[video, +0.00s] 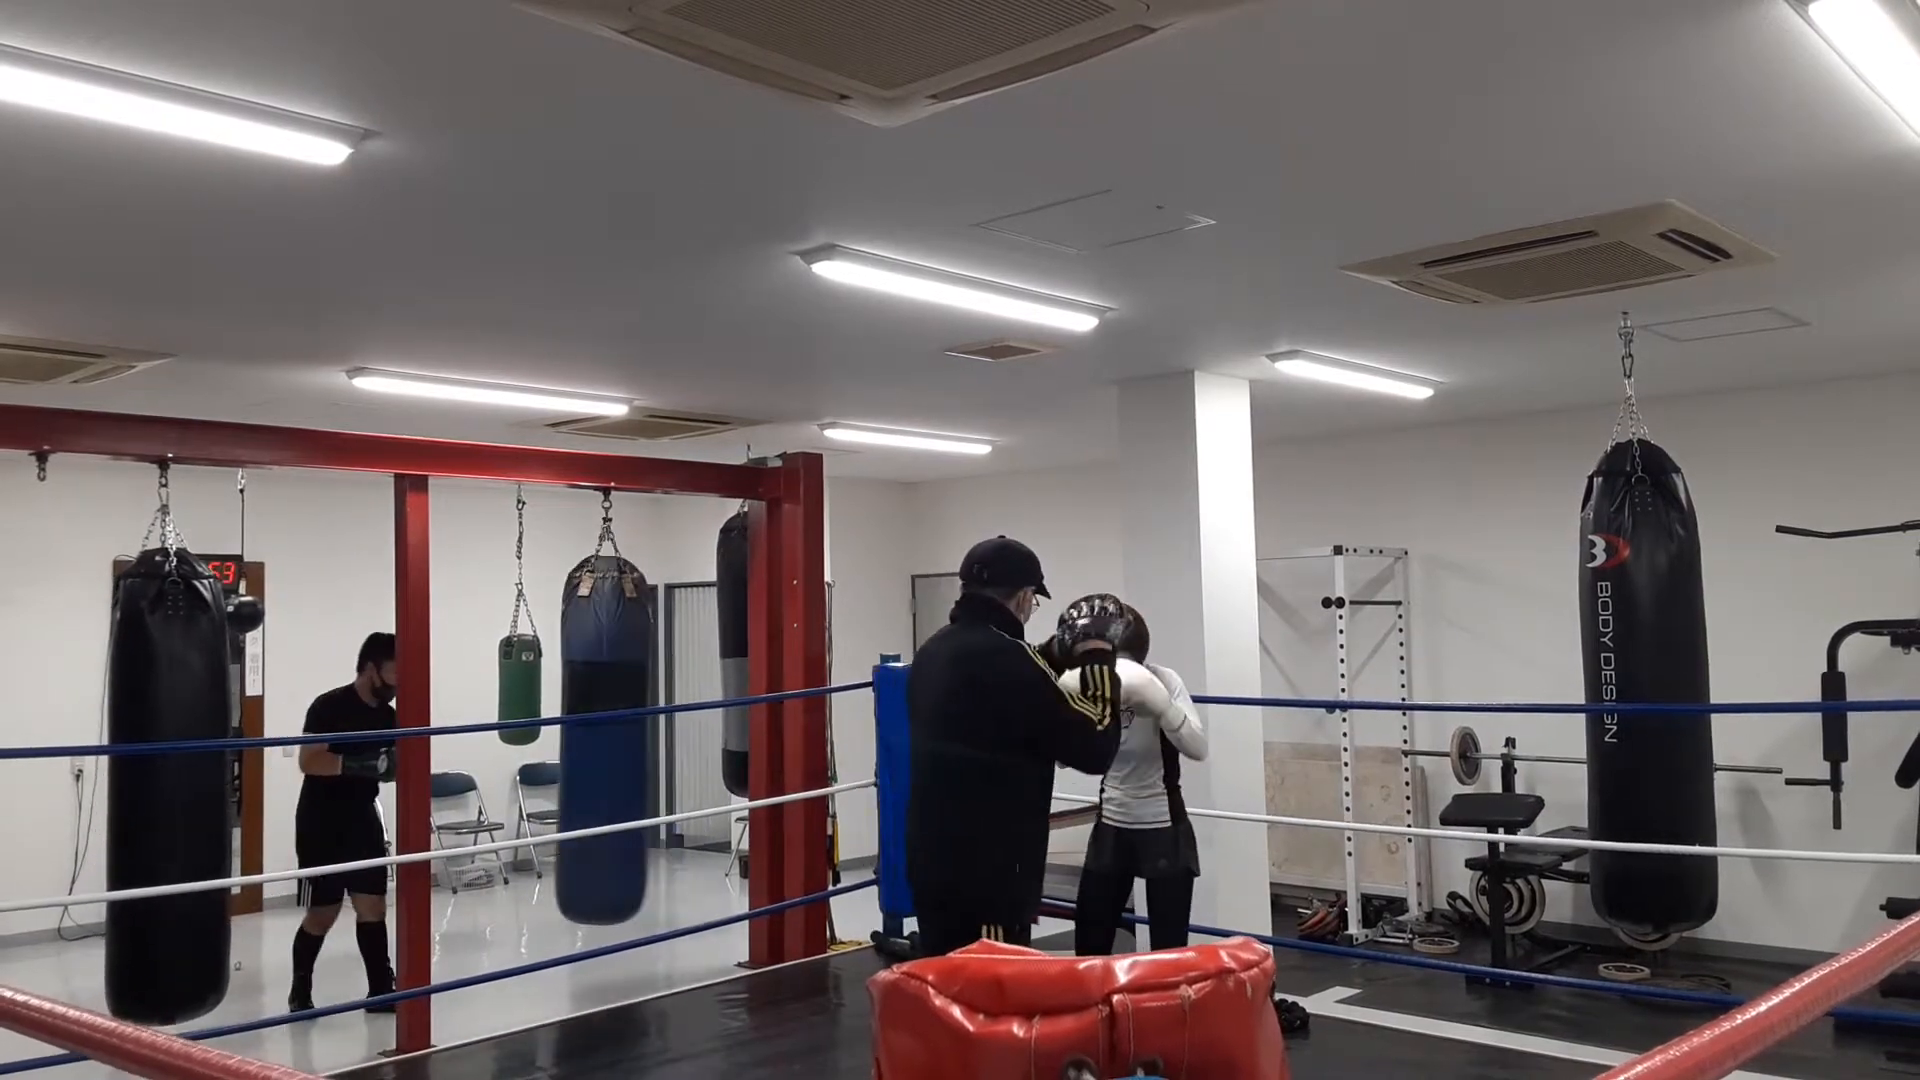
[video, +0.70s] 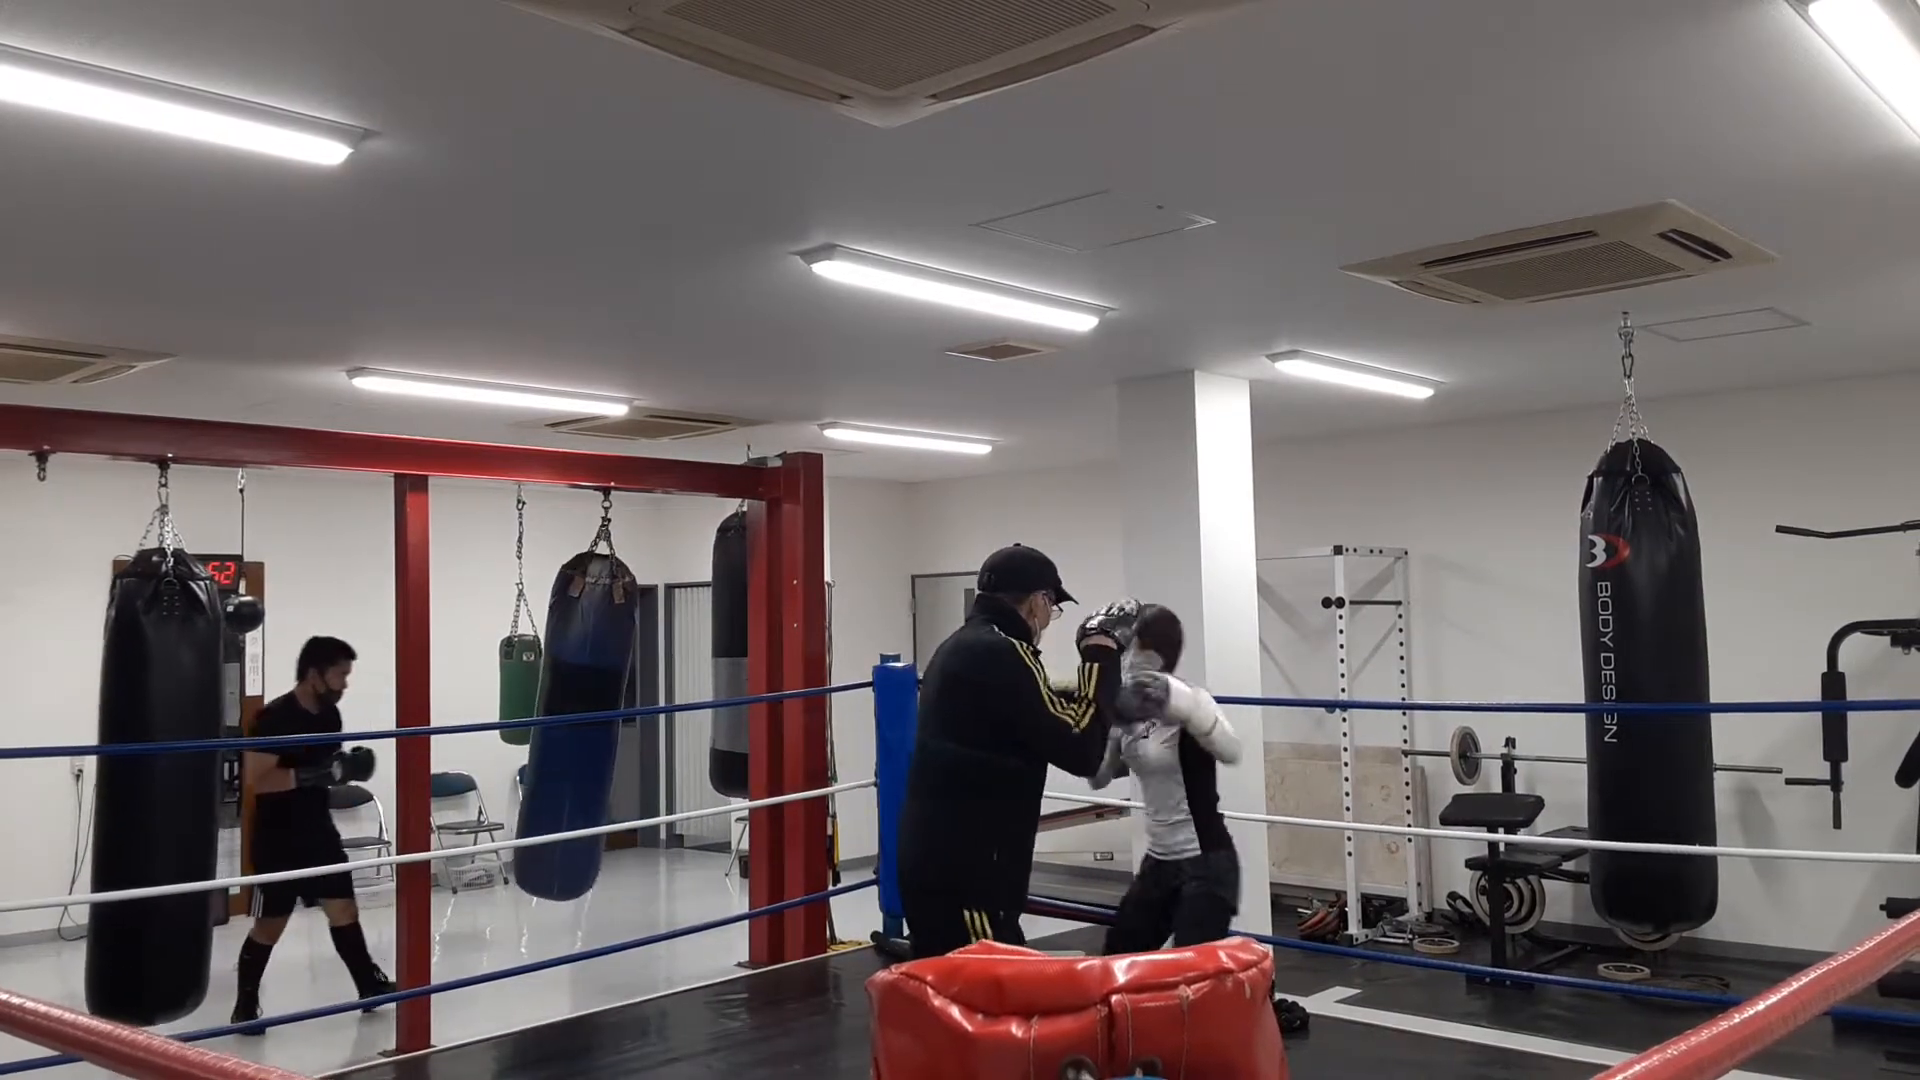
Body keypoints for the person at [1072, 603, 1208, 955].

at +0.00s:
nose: (1113, 661)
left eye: (1119, 653)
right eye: (1101, 650)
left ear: (1132, 644)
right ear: (1092, 650)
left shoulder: (1163, 680)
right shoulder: (1085, 686)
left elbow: (1198, 750)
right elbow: (1065, 754)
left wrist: (1158, 700)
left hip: (1165, 832)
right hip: (1111, 831)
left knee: (1168, 953)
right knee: (1090, 947)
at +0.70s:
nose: (1134, 664)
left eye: (1146, 654)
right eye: (1128, 653)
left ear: (1165, 656)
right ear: (1119, 655)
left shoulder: (1193, 702)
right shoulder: (1127, 716)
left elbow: (1232, 754)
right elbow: (1098, 778)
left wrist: (1184, 705)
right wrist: (1099, 720)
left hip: (1206, 865)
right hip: (1159, 864)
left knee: (1193, 969)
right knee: (1119, 961)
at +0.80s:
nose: (1143, 666)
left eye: (1154, 657)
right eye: (1142, 656)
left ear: (1177, 663)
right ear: (1140, 658)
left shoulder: (1204, 705)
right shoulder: (1140, 713)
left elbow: (1243, 763)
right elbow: (1111, 785)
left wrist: (1184, 727)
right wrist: (1128, 739)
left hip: (1217, 875)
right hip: (1164, 874)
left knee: (1231, 980)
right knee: (1132, 975)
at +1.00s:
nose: (1190, 649)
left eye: (1202, 639)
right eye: (1181, 638)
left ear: (1227, 644)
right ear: (1170, 643)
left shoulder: (1250, 701)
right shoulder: (1162, 703)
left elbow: (1305, 766)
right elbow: (1120, 737)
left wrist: (1275, 726)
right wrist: (1132, 720)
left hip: (1258, 860)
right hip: (1191, 863)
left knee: (1270, 991)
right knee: (1168, 983)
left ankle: (1289, 1069)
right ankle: (1166, 1072)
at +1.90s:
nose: (1200, 648)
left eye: (1212, 637)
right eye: (1194, 639)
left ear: (1244, 640)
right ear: (1188, 644)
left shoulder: (1288, 703)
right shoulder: (1189, 709)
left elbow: (1343, 785)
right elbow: (1138, 760)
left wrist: (1289, 768)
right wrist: (1143, 712)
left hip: (1293, 888)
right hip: (1229, 888)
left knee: (1280, 1032)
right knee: (1214, 1015)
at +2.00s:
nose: (1192, 660)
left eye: (1202, 647)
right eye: (1189, 649)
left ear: (1238, 654)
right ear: (1187, 652)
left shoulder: (1281, 713)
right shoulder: (1202, 718)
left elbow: (1292, 779)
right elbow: (1170, 802)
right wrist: (1146, 767)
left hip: (1293, 901)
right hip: (1239, 892)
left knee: (1270, 1031)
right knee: (1201, 1002)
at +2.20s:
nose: (1203, 630)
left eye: (1214, 620)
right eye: (1202, 620)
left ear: (1251, 627)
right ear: (1201, 626)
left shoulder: (1302, 686)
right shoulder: (1196, 693)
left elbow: (1348, 766)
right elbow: (1127, 759)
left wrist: (1284, 719)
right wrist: (1139, 720)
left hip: (1304, 876)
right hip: (1232, 874)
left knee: (1297, 1024)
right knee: (1218, 1010)